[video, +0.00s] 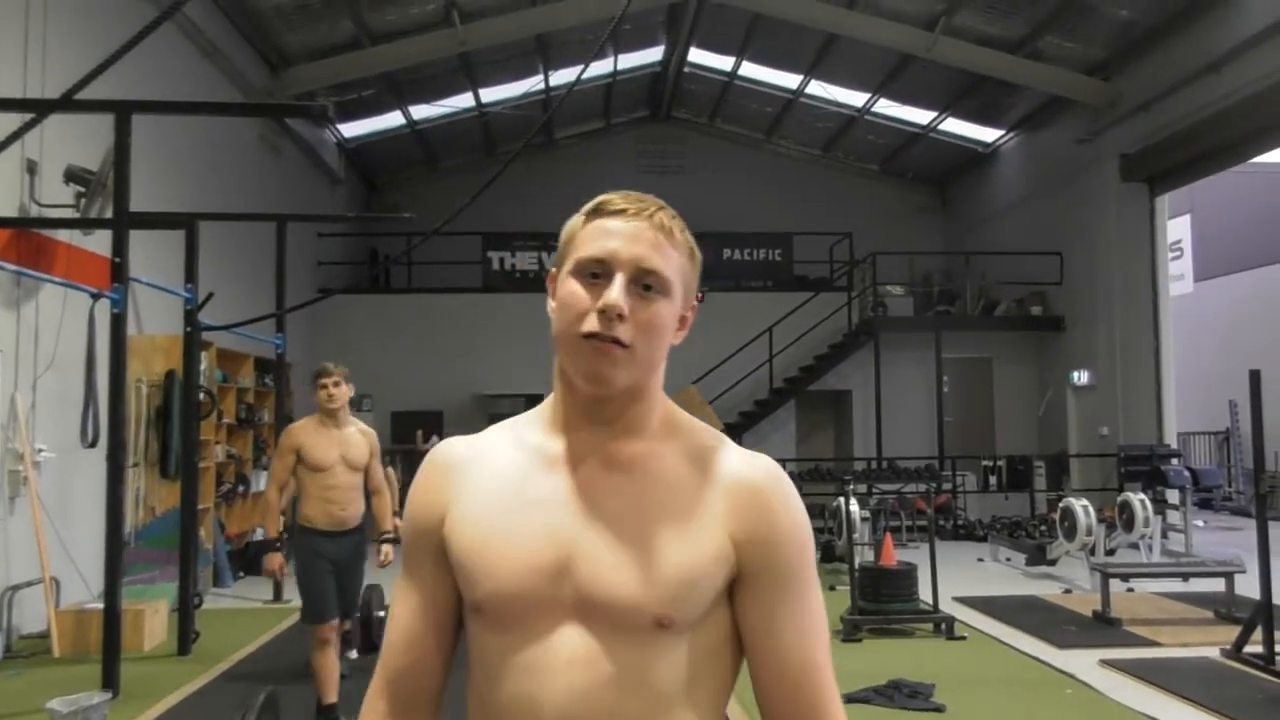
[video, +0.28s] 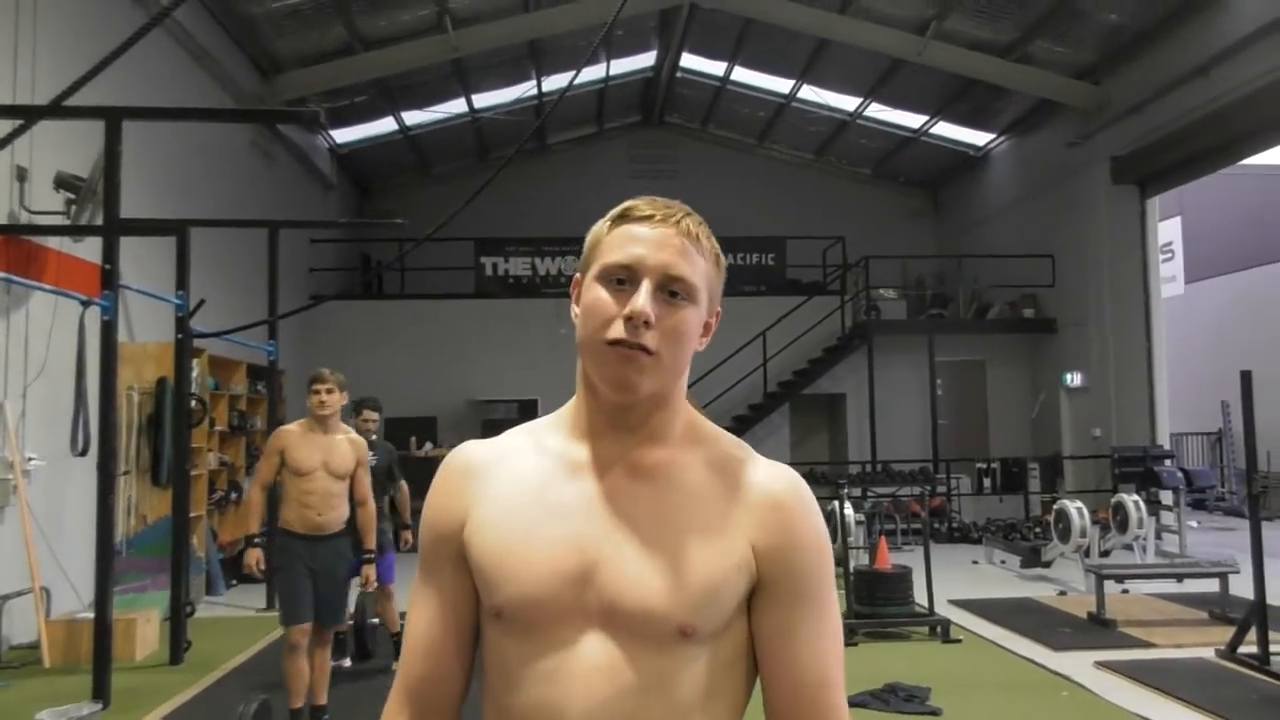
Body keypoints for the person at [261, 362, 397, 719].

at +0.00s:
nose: (330, 391)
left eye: (337, 385)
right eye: (323, 387)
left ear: (349, 391)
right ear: (315, 394)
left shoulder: (366, 436)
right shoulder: (297, 434)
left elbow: (379, 489)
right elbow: (274, 489)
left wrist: (387, 535)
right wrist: (272, 545)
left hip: (354, 538)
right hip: (312, 538)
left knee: (339, 627)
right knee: (325, 633)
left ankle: (327, 702)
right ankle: (329, 709)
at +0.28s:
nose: (322, 398)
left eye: (329, 392)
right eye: (316, 393)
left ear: (343, 398)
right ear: (307, 399)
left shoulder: (356, 444)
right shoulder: (285, 436)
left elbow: (365, 502)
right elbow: (259, 487)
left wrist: (369, 556)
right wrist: (253, 540)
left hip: (336, 544)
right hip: (291, 543)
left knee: (324, 636)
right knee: (298, 636)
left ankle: (319, 710)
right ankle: (297, 712)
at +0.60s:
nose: (288, 408)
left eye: (295, 402)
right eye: (282, 403)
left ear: (309, 408)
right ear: (274, 409)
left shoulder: (328, 453)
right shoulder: (255, 451)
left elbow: (343, 509)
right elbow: (237, 505)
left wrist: (352, 561)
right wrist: (232, 561)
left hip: (310, 561)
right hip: (263, 561)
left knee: (306, 648)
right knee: (250, 653)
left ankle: (308, 714)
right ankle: (240, 715)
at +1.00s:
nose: (241, 422)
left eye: (248, 416)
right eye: (234, 416)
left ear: (262, 422)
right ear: (225, 424)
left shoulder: (285, 463)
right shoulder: (210, 470)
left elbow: (301, 519)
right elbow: (193, 525)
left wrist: (296, 569)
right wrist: (189, 582)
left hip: (278, 573)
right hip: (230, 576)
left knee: (289, 666)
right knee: (232, 671)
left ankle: (298, 717)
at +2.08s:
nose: (282, 457)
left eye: (282, 450)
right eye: (277, 450)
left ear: (260, 453)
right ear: (256, 452)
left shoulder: (278, 495)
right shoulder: (212, 494)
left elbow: (287, 553)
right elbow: (186, 551)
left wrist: (302, 604)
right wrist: (185, 613)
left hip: (273, 606)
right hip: (228, 608)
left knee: (276, 697)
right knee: (226, 703)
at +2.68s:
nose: (312, 473)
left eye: (314, 467)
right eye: (307, 465)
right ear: (284, 463)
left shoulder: (303, 508)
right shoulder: (248, 501)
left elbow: (309, 568)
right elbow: (204, 549)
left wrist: (321, 621)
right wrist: (224, 604)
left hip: (297, 617)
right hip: (255, 620)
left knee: (282, 704)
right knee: (238, 708)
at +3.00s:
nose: (334, 481)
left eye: (336, 475)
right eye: (329, 473)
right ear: (306, 469)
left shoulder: (324, 515)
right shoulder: (269, 505)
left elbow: (331, 574)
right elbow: (225, 547)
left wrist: (340, 628)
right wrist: (238, 602)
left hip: (316, 618)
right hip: (278, 620)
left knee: (303, 705)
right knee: (294, 708)